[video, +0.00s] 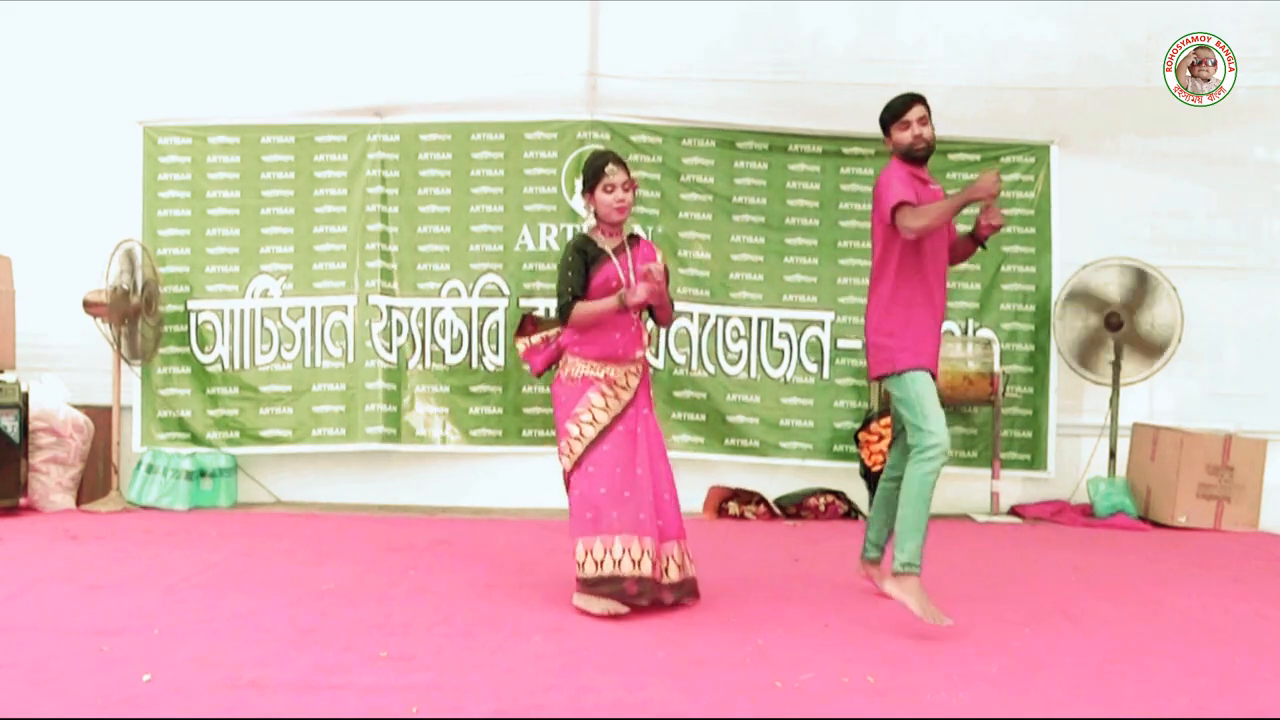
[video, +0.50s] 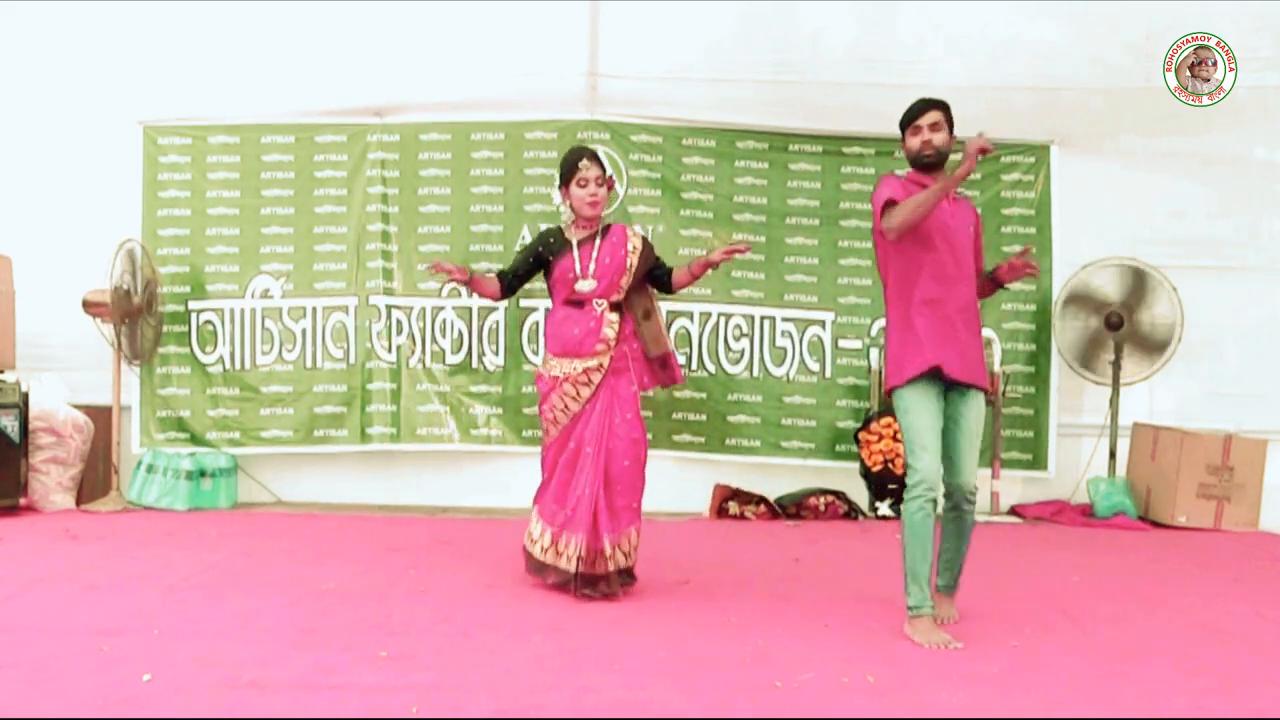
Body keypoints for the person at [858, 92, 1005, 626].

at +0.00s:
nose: (919, 130)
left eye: (924, 121)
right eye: (907, 126)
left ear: (934, 129)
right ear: (891, 138)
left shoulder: (929, 186)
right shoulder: (894, 176)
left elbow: (944, 256)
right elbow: (909, 222)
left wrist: (979, 235)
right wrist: (968, 195)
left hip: (917, 338)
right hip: (896, 337)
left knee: (906, 448)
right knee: (932, 445)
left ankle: (872, 556)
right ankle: (906, 573)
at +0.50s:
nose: (928, 137)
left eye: (937, 128)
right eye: (917, 130)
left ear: (953, 139)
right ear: (904, 143)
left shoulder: (967, 209)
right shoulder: (894, 186)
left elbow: (970, 290)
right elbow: (894, 224)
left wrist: (1000, 275)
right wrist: (957, 175)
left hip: (966, 354)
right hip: (913, 352)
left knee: (964, 485)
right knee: (925, 479)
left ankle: (945, 594)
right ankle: (918, 612)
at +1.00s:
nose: (906, 151)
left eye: (917, 145)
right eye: (904, 143)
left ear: (942, 154)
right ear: (902, 149)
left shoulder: (950, 201)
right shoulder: (900, 201)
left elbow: (944, 254)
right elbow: (895, 269)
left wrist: (901, 223)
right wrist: (882, 232)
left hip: (926, 347)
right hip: (886, 343)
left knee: (928, 459)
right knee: (888, 454)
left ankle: (955, 575)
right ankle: (899, 539)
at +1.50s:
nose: (933, 171)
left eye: (944, 166)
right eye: (927, 163)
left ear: (958, 178)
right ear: (915, 170)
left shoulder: (970, 237)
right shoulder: (897, 234)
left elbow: (988, 310)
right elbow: (896, 300)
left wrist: (958, 329)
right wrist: (877, 327)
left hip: (954, 374)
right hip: (905, 371)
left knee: (950, 480)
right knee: (907, 474)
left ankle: (951, 575)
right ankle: (910, 557)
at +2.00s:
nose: (996, 130)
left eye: (995, 121)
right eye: (984, 126)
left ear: (994, 134)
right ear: (958, 144)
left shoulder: (983, 197)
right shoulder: (968, 189)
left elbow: (980, 292)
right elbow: (953, 232)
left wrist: (1032, 295)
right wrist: (1033, 250)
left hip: (977, 355)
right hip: (984, 358)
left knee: (952, 474)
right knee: (1011, 475)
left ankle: (906, 567)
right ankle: (985, 610)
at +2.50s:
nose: (978, 147)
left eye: (986, 138)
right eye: (965, 142)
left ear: (1000, 153)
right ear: (951, 159)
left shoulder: (1004, 228)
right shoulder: (941, 213)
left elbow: (1000, 314)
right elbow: (921, 291)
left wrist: (1025, 309)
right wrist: (997, 279)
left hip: (991, 375)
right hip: (952, 372)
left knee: (995, 497)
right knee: (974, 488)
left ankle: (929, 571)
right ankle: (959, 622)